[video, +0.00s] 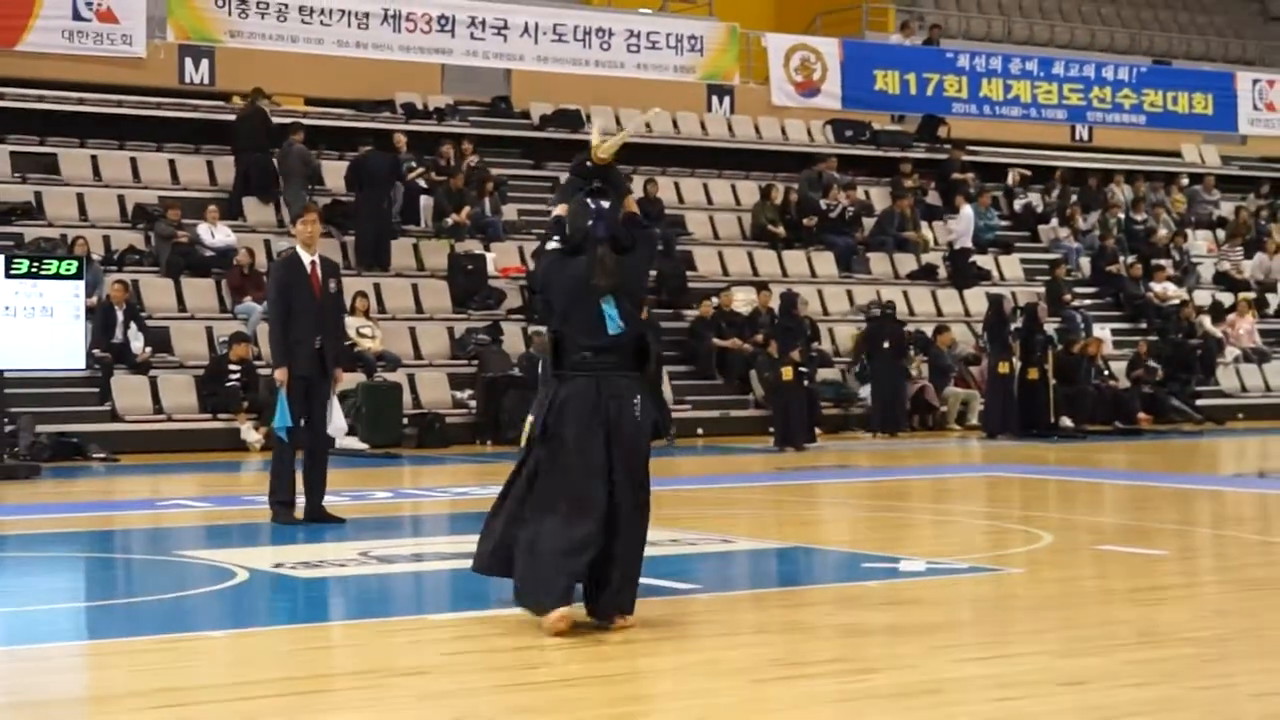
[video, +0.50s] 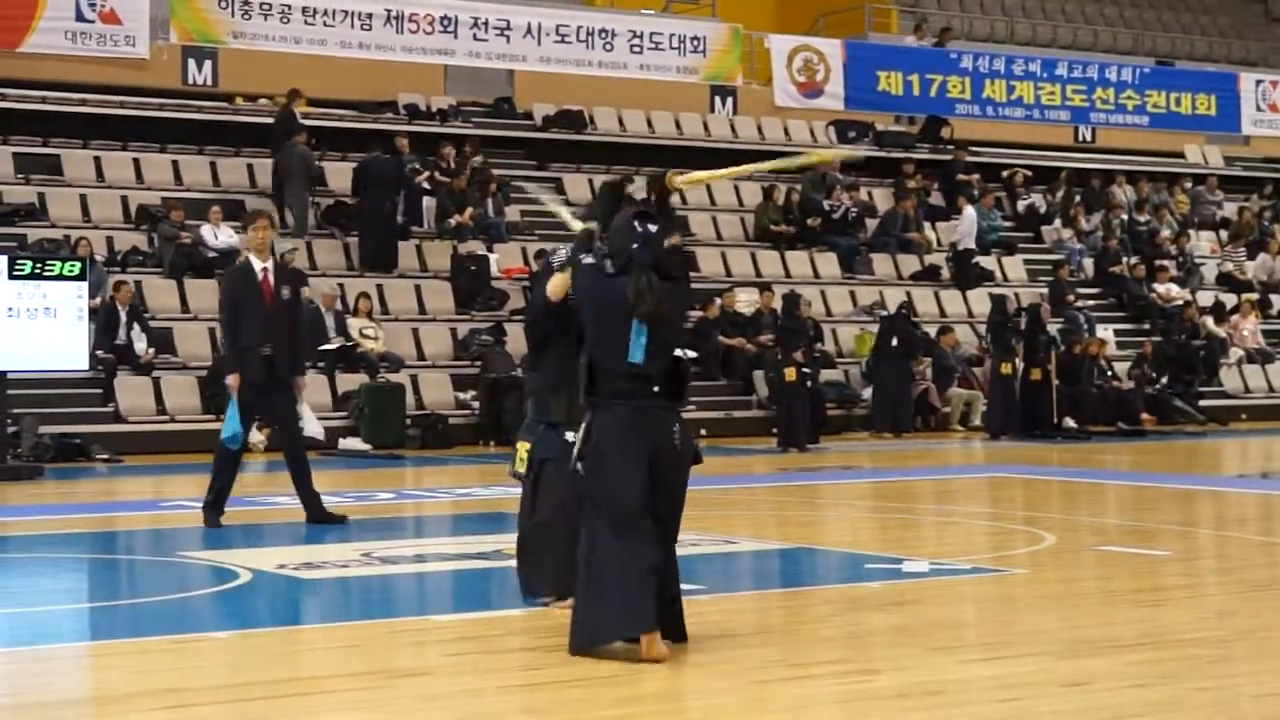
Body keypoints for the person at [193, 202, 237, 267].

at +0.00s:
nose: (213, 215)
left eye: (215, 212)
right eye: (210, 212)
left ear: (218, 214)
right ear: (206, 215)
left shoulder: (223, 227)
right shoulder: (201, 227)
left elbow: (234, 241)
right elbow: (208, 243)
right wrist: (229, 244)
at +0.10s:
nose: (214, 215)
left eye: (216, 212)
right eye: (211, 212)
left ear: (219, 214)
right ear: (206, 214)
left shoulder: (224, 228)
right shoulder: (202, 227)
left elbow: (234, 241)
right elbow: (209, 243)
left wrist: (216, 241)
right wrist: (230, 245)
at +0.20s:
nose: (214, 215)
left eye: (216, 212)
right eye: (211, 213)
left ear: (219, 215)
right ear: (206, 215)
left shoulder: (224, 228)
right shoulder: (202, 228)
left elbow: (234, 242)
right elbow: (209, 244)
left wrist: (216, 242)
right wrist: (229, 245)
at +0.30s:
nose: (215, 216)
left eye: (217, 213)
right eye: (212, 213)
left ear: (221, 215)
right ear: (208, 216)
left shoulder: (225, 229)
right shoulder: (204, 228)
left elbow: (236, 243)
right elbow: (211, 244)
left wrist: (219, 242)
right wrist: (231, 246)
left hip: (230, 255)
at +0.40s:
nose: (217, 216)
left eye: (219, 213)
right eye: (214, 213)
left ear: (222, 215)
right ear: (209, 216)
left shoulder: (227, 229)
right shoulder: (205, 229)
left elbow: (237, 243)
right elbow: (212, 245)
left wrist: (220, 242)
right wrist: (232, 246)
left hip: (231, 255)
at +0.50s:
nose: (216, 216)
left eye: (219, 213)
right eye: (213, 213)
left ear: (222, 215)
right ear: (209, 216)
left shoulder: (226, 229)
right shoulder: (205, 229)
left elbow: (237, 242)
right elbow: (212, 245)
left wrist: (220, 241)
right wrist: (233, 246)